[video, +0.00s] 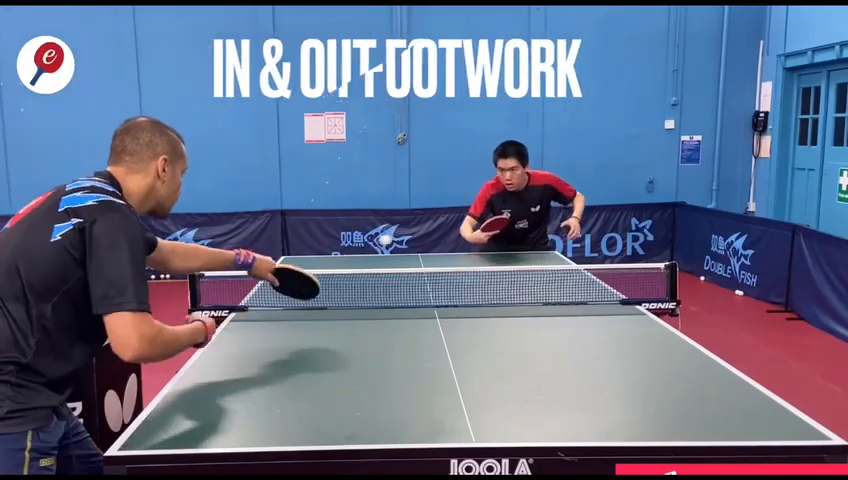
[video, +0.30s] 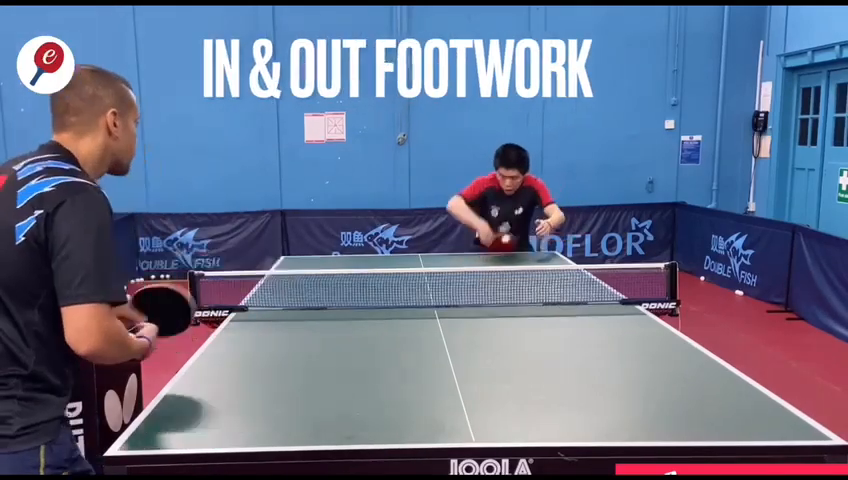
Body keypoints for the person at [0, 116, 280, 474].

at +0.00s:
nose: (179, 191)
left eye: (183, 177)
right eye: (181, 176)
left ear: (118, 161)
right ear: (161, 169)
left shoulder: (80, 195)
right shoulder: (112, 217)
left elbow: (163, 254)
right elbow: (134, 342)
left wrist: (248, 260)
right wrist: (201, 330)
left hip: (40, 402)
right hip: (16, 412)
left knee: (92, 469)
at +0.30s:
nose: (137, 139)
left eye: (137, 125)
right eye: (135, 124)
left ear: (62, 121)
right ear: (112, 123)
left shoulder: (14, 173)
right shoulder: (78, 197)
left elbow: (29, 301)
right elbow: (87, 336)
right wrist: (137, 346)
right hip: (29, 436)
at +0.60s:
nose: (110, 119)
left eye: (110, 106)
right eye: (108, 105)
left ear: (33, 104)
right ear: (83, 104)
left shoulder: (5, 162)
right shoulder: (64, 186)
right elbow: (70, 332)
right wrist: (109, 343)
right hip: (27, 438)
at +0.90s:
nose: (126, 135)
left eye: (127, 122)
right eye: (125, 121)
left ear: (55, 115)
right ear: (101, 116)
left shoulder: (9, 168)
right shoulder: (87, 189)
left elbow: (23, 299)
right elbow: (134, 320)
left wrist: (102, 312)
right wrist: (187, 323)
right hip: (30, 435)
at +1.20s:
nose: (154, 173)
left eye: (159, 159)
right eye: (156, 157)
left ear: (89, 140)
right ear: (136, 147)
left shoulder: (25, 185)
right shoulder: (121, 210)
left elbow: (42, 277)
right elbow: (191, 313)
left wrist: (124, 290)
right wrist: (238, 308)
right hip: (23, 420)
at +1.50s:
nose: (166, 198)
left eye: (171, 184)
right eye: (170, 182)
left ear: (106, 160)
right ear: (152, 170)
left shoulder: (35, 199)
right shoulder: (133, 227)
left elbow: (54, 299)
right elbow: (196, 343)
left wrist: (138, 315)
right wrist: (239, 337)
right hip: (23, 432)